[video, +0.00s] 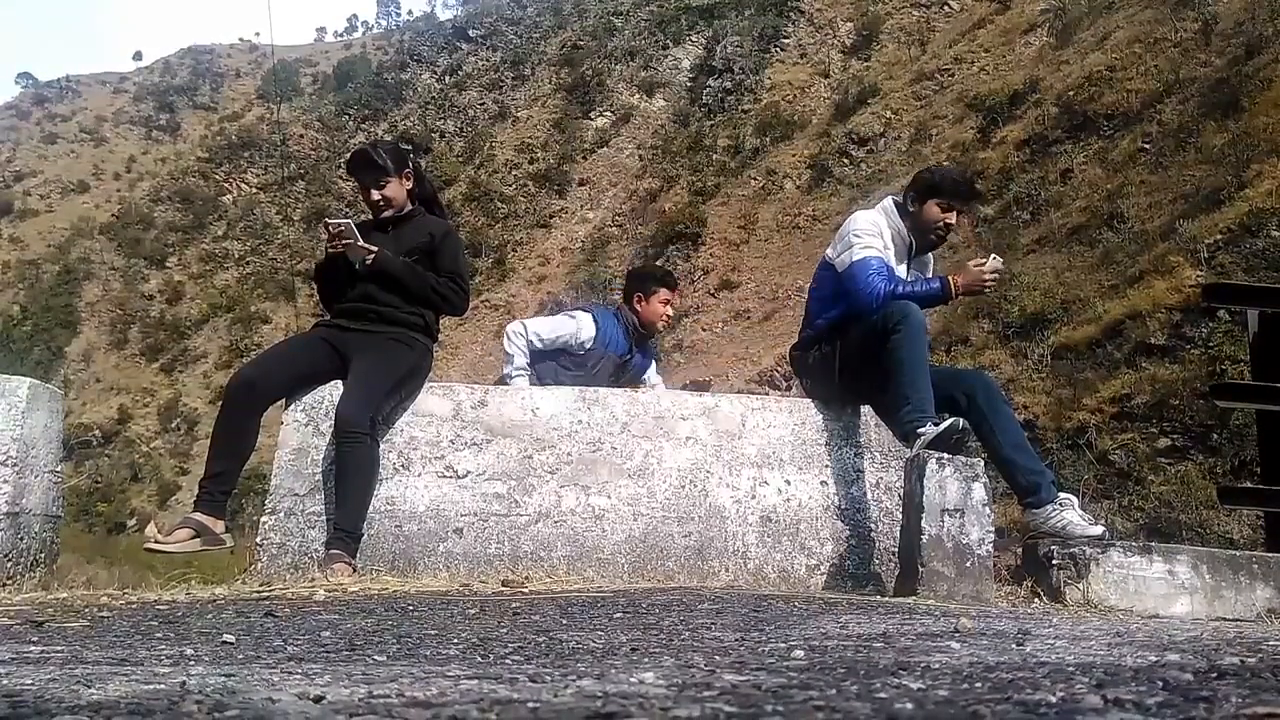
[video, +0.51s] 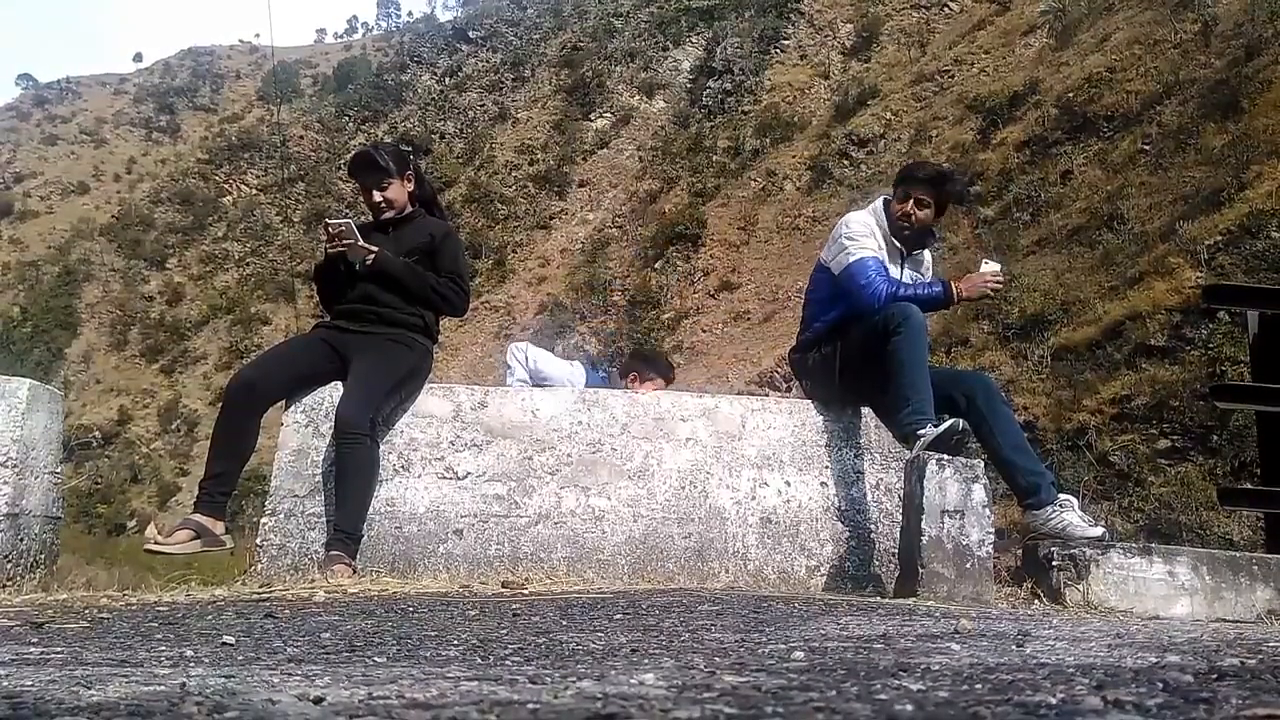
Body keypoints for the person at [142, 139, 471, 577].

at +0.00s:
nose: (374, 196)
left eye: (381, 185)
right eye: (366, 189)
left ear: (408, 177)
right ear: (360, 189)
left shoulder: (436, 230)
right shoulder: (359, 227)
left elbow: (456, 298)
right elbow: (334, 299)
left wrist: (382, 259)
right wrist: (334, 255)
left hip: (397, 342)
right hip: (337, 334)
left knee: (353, 419)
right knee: (247, 384)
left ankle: (341, 556)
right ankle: (208, 518)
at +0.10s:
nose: (375, 197)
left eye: (383, 185)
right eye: (366, 189)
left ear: (408, 178)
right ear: (360, 190)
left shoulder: (437, 231)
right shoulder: (358, 228)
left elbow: (456, 299)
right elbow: (334, 300)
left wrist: (382, 259)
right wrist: (333, 256)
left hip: (397, 342)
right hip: (337, 334)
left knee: (353, 419)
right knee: (247, 385)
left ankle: (341, 556)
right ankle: (208, 519)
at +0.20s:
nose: (376, 196)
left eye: (384, 185)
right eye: (367, 189)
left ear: (409, 178)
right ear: (361, 191)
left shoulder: (436, 231)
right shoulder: (358, 228)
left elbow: (456, 299)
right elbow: (334, 299)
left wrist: (382, 259)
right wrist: (333, 255)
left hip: (397, 342)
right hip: (337, 334)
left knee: (353, 419)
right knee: (247, 385)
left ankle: (341, 557)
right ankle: (208, 519)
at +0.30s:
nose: (375, 197)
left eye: (383, 186)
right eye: (367, 190)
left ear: (409, 179)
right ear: (361, 190)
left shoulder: (437, 231)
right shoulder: (359, 228)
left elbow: (456, 299)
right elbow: (334, 299)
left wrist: (381, 259)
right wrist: (333, 256)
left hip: (397, 343)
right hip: (337, 334)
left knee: (353, 420)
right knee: (247, 386)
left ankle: (341, 556)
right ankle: (208, 519)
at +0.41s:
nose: (375, 197)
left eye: (383, 186)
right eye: (367, 190)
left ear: (409, 179)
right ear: (361, 190)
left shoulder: (437, 231)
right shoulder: (359, 228)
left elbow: (456, 299)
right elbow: (333, 300)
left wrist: (379, 258)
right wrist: (333, 255)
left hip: (398, 343)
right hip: (337, 335)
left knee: (354, 420)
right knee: (247, 386)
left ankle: (341, 556)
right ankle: (208, 520)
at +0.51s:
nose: (375, 198)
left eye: (384, 186)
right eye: (367, 190)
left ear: (409, 179)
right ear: (362, 191)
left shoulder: (436, 230)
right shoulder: (358, 228)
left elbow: (457, 299)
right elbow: (334, 300)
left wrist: (380, 259)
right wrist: (333, 255)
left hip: (397, 343)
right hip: (337, 335)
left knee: (353, 421)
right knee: (247, 387)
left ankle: (341, 557)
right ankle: (208, 519)